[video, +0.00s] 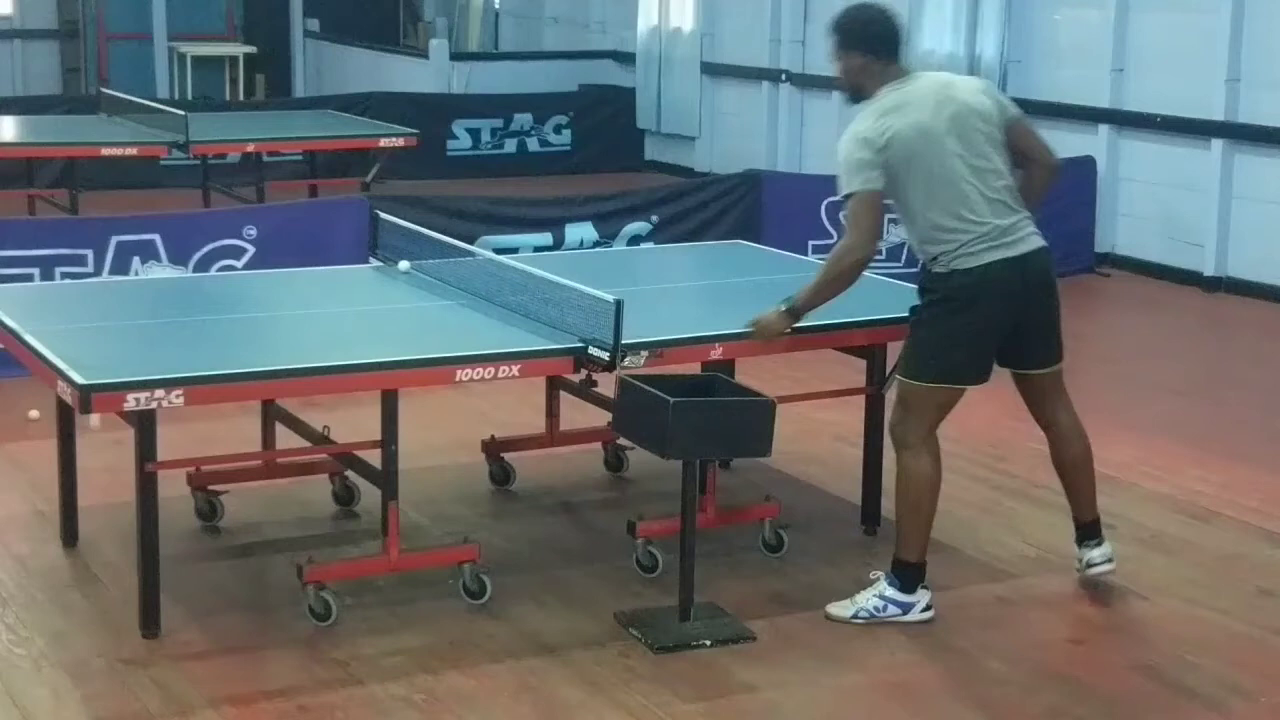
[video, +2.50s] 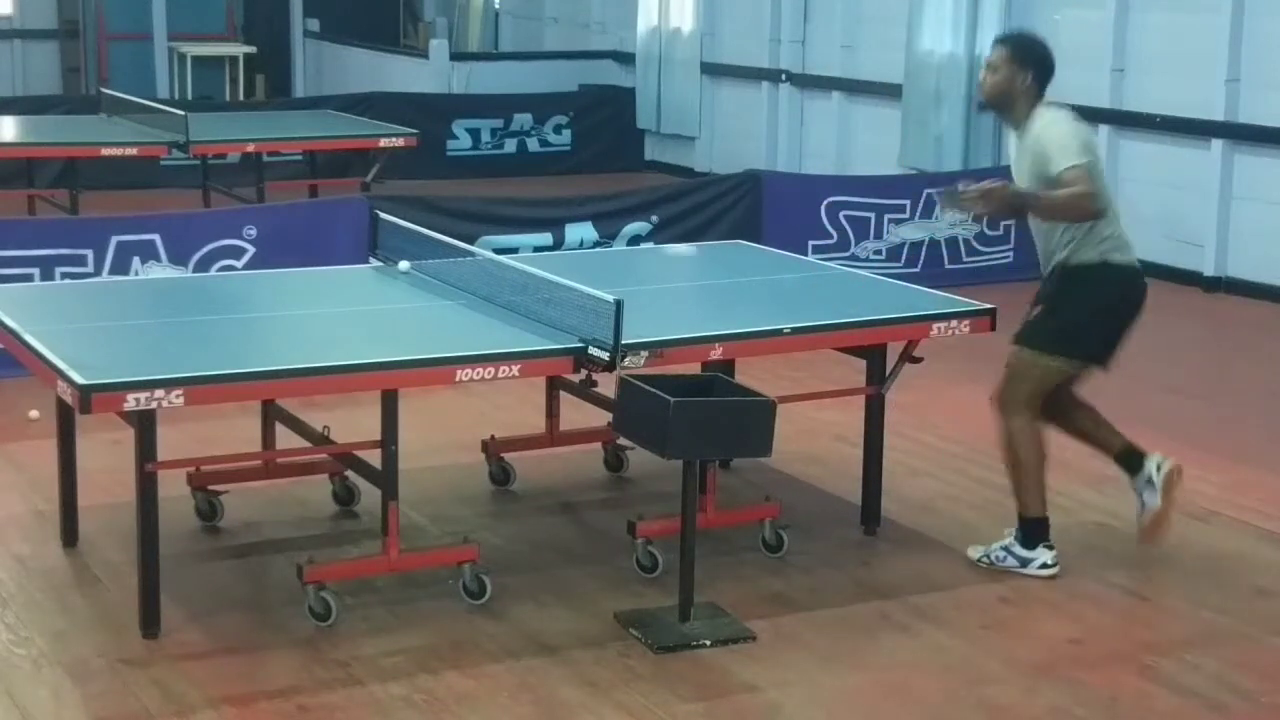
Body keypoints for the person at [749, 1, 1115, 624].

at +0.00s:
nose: (837, 72)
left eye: (839, 61)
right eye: (837, 61)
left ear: (858, 59)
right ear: (894, 52)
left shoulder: (868, 131)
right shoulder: (970, 89)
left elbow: (859, 246)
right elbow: (1043, 164)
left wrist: (791, 312)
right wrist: (1000, 220)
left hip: (962, 288)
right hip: (1031, 272)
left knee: (912, 427)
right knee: (1055, 408)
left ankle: (905, 586)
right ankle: (1093, 544)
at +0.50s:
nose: (993, 61)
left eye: (991, 52)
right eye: (997, 51)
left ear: (995, 52)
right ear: (1049, 47)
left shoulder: (979, 118)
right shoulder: (1107, 104)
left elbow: (970, 234)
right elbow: (1148, 202)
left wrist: (995, 208)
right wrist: (1091, 221)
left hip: (1021, 290)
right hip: (1101, 292)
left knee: (966, 415)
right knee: (1100, 424)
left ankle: (948, 558)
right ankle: (1095, 571)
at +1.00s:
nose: (960, 164)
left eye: (959, 157)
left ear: (964, 153)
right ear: (1012, 141)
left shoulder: (953, 182)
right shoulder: (1068, 169)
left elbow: (932, 279)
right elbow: (1086, 251)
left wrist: (948, 250)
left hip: (1001, 315)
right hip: (1079, 316)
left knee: (974, 404)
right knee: (1090, 431)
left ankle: (964, 530)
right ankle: (1089, 563)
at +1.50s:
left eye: (1001, 108)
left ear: (999, 114)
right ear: (1050, 116)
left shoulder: (972, 147)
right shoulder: (1083, 157)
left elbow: (913, 179)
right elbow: (1103, 262)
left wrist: (929, 131)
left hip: (991, 296)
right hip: (1068, 300)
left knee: (976, 401)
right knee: (1116, 431)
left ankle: (964, 531)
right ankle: (1141, 577)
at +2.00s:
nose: (1062, 107)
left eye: (1065, 100)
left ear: (1066, 102)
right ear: (1120, 110)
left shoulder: (1030, 136)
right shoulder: (1143, 143)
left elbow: (941, 193)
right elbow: (1196, 226)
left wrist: (854, 209)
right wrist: (1168, 208)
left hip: (1047, 291)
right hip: (1127, 298)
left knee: (997, 393)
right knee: (1147, 432)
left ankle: (989, 526)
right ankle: (1144, 576)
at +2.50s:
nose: (982, 78)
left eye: (993, 69)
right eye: (985, 68)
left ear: (1026, 79)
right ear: (1015, 80)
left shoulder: (1055, 126)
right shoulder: (1025, 134)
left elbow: (1088, 202)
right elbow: (1055, 207)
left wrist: (1016, 201)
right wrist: (996, 203)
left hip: (1099, 277)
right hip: (1083, 276)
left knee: (1015, 397)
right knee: (1044, 398)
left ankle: (1032, 542)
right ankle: (1144, 470)